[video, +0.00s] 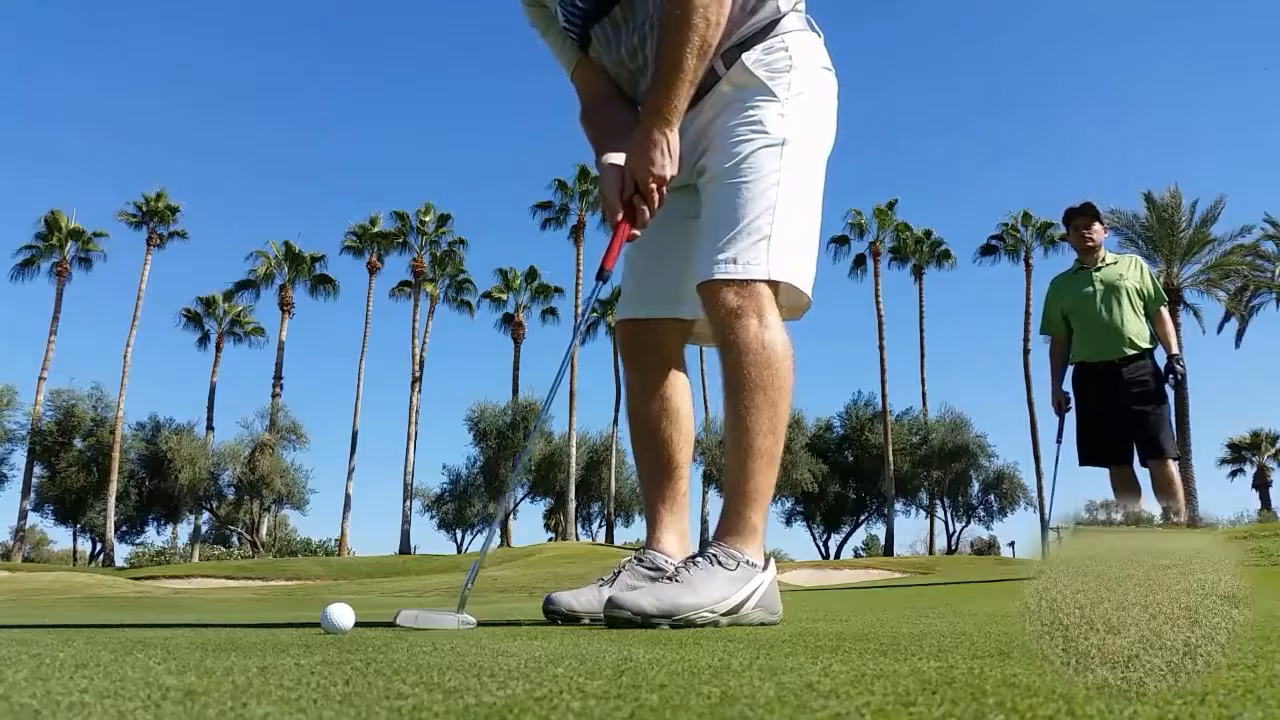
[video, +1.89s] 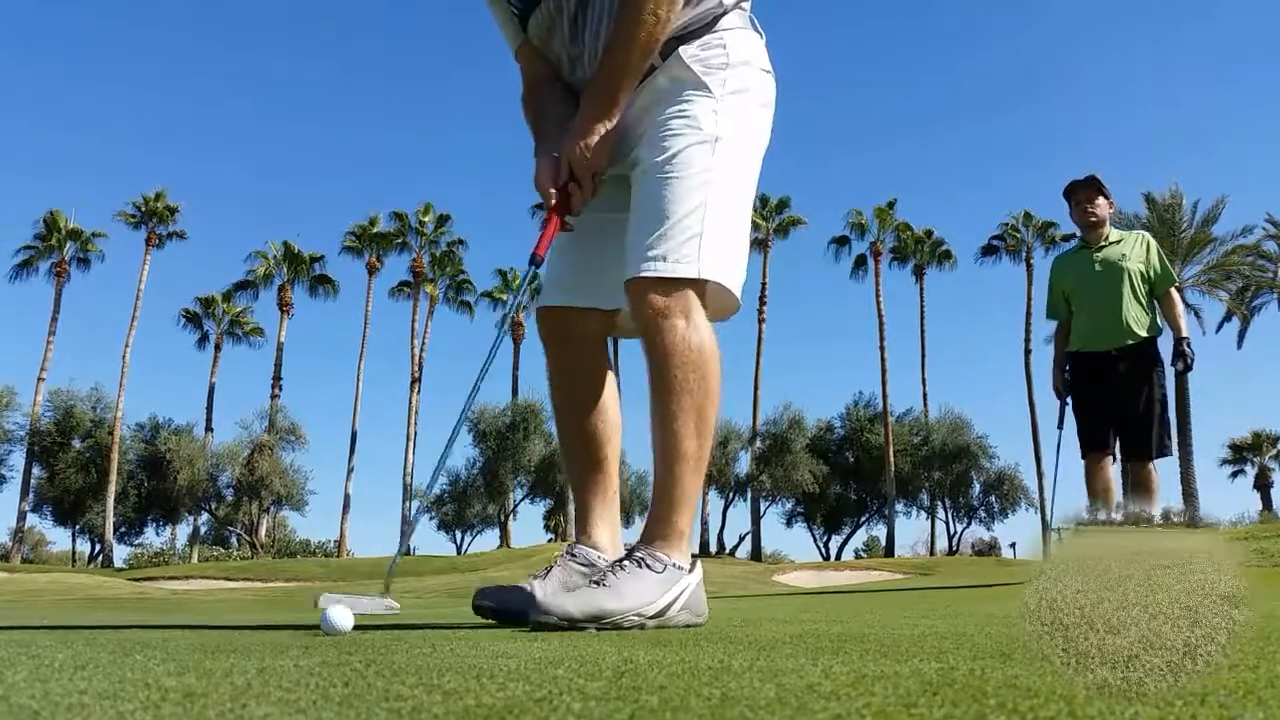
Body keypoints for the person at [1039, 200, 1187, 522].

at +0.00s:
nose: (1085, 233)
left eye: (1090, 226)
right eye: (1076, 230)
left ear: (1103, 230)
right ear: (1068, 238)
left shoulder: (1134, 266)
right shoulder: (1061, 285)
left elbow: (1159, 312)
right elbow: (1059, 340)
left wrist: (1174, 355)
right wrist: (1056, 386)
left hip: (1140, 373)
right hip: (1094, 380)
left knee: (1160, 455)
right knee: (1117, 462)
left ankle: (1177, 529)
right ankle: (1135, 535)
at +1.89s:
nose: (1087, 208)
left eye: (1093, 201)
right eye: (1079, 204)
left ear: (1109, 205)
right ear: (1071, 214)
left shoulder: (1141, 243)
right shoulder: (1063, 264)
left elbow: (1167, 293)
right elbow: (1063, 321)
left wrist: (1181, 338)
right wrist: (1058, 368)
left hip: (1138, 358)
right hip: (1087, 364)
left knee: (1140, 455)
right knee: (1096, 454)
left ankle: (1145, 534)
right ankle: (1104, 534)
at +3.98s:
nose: (1066, 151)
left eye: (1073, 142)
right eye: (1056, 148)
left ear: (1092, 147)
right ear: (1048, 161)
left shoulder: (1134, 192)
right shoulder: (1039, 221)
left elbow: (1167, 253)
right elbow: (1037, 294)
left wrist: (1190, 304)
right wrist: (1030, 350)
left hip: (1140, 325)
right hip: (1079, 337)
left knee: (1159, 423)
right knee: (1103, 441)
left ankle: (1173, 522)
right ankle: (1122, 533)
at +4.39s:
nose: (1070, 141)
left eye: (1076, 131)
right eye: (1059, 138)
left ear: (1097, 135)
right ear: (1052, 150)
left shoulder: (1141, 181)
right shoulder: (1046, 211)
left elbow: (1173, 240)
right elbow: (1046, 285)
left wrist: (1195, 292)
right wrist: (1044, 346)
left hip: (1143, 322)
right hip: (1082, 331)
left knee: (1156, 435)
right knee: (1107, 442)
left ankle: (1170, 532)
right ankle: (1122, 539)